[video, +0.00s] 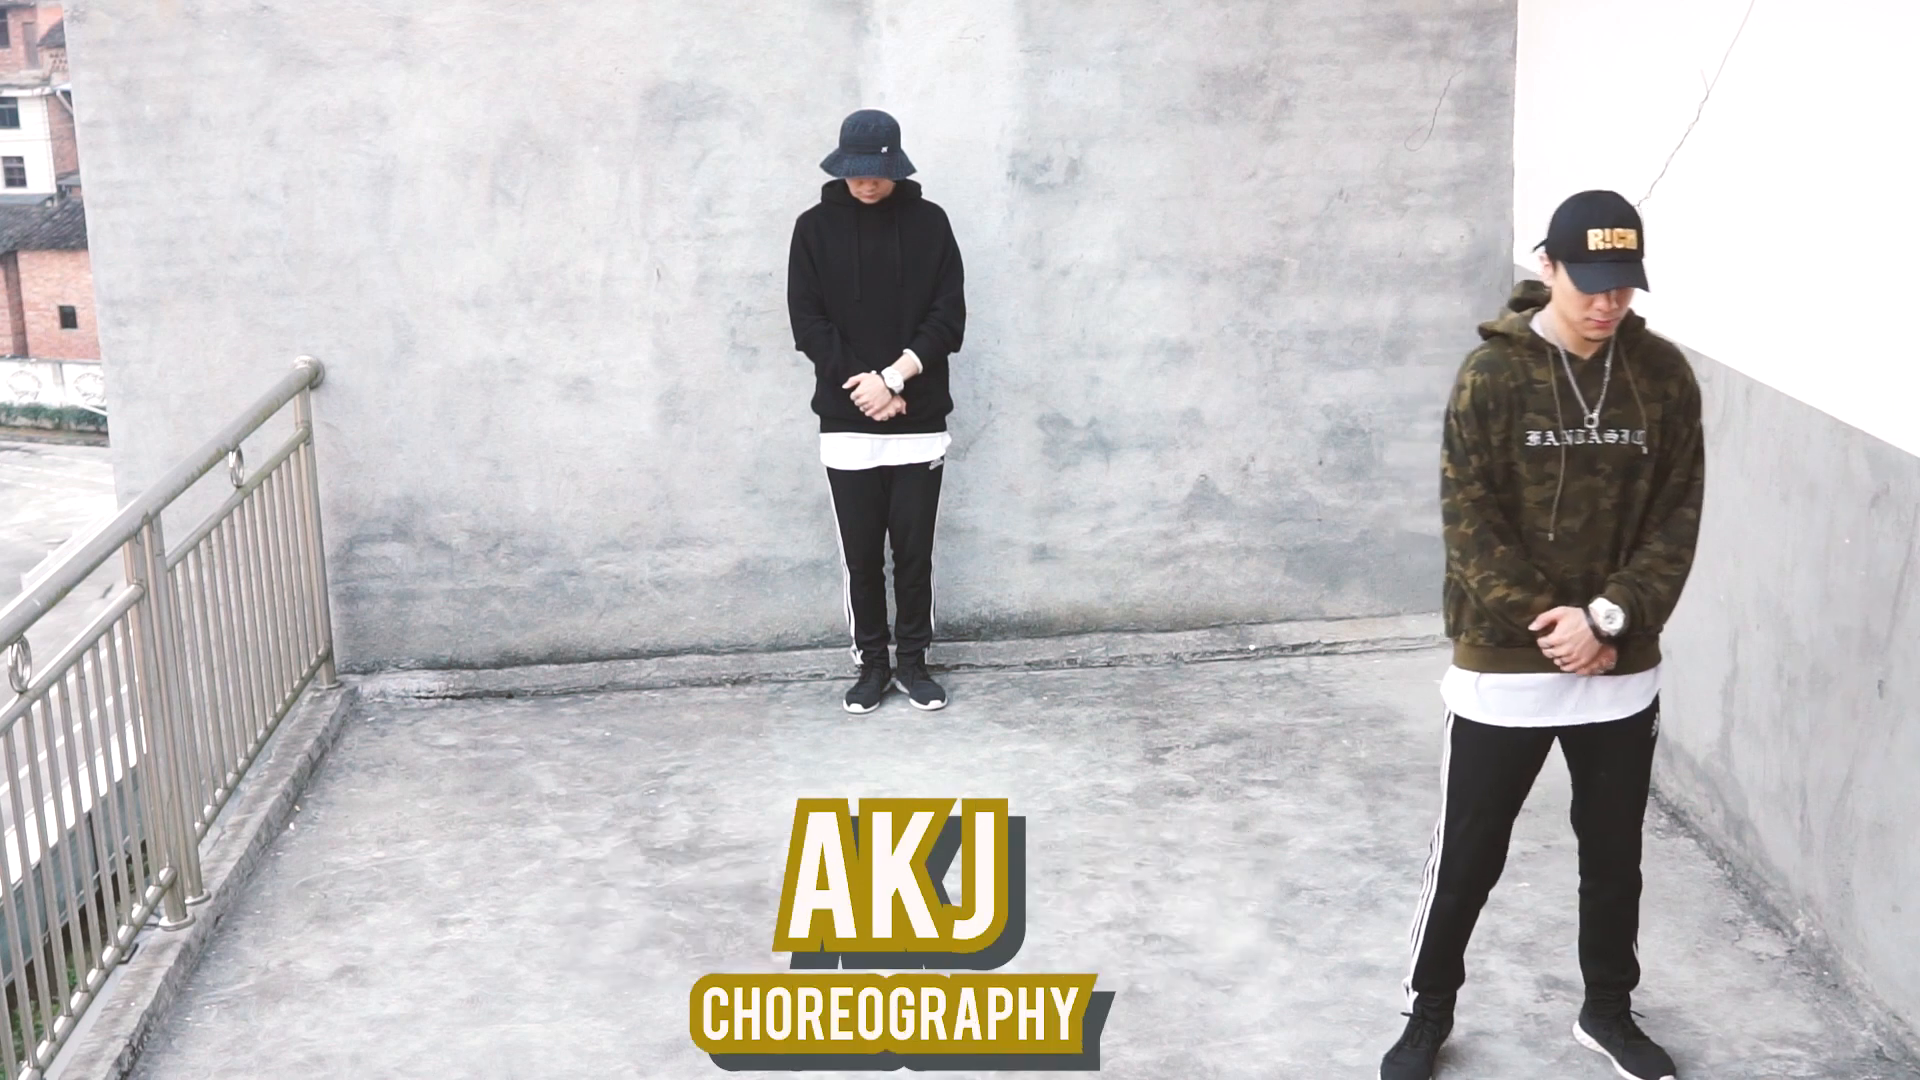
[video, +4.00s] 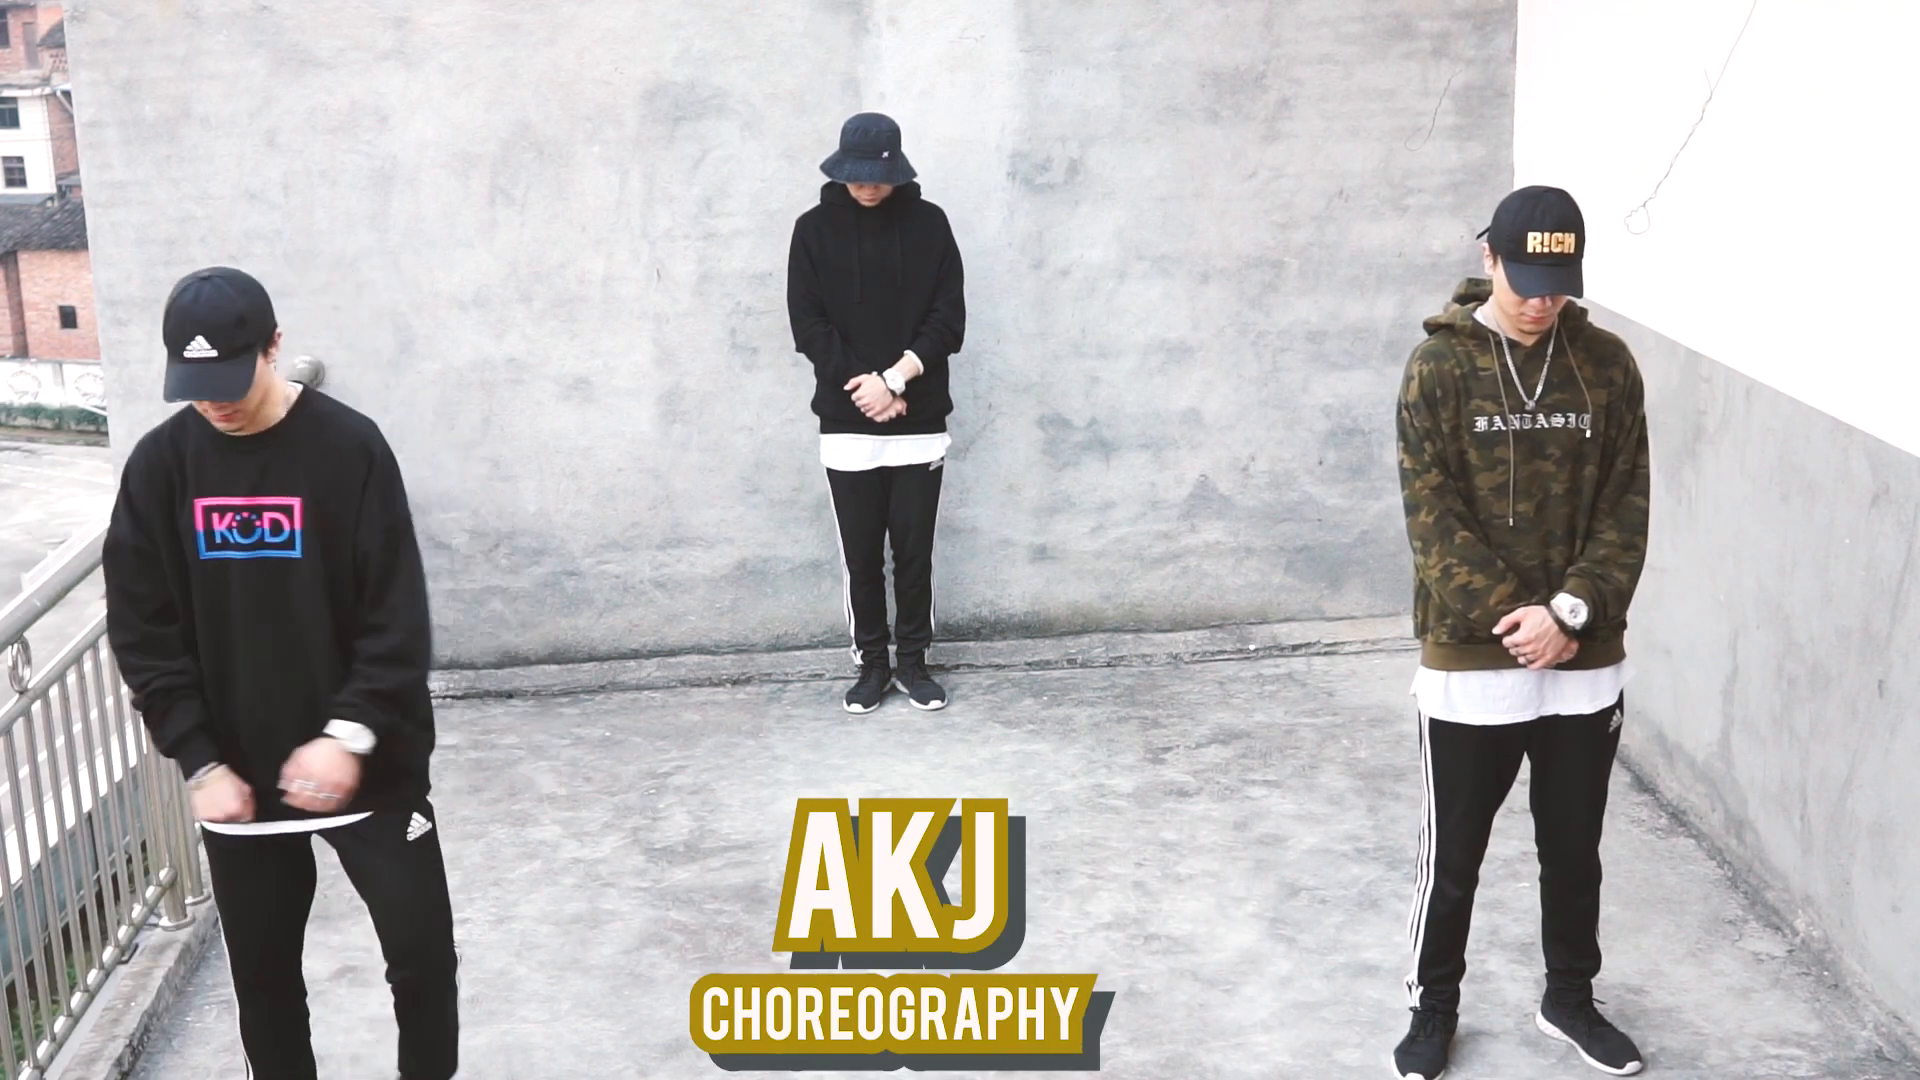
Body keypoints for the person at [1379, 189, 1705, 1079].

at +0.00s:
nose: (1606, 303)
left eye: (1622, 286)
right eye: (1588, 283)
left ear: (1640, 282)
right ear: (1547, 269)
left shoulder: (1664, 374)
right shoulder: (1492, 373)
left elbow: (1677, 520)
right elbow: (1466, 522)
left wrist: (1613, 615)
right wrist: (1552, 625)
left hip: (1620, 670)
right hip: (1503, 667)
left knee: (1615, 860)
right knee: (1468, 859)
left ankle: (1608, 1008)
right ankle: (1428, 1015)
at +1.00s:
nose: (1553, 304)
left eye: (1568, 287)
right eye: (1536, 285)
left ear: (1587, 274)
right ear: (1497, 262)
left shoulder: (1614, 365)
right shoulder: (1445, 365)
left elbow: (1634, 509)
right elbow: (1434, 515)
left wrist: (1580, 612)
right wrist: (1525, 621)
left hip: (1589, 662)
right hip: (1475, 663)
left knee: (1578, 849)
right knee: (1456, 852)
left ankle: (1572, 997)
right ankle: (1434, 1005)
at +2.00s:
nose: (1553, 303)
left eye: (1568, 286)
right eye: (1537, 284)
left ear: (1586, 272)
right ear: (1497, 260)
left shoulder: (1612, 364)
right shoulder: (1443, 360)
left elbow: (1630, 507)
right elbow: (1433, 513)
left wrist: (1576, 608)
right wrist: (1523, 620)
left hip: (1586, 658)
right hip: (1472, 660)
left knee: (1575, 848)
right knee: (1454, 852)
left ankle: (1570, 997)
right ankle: (1433, 1006)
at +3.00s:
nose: (1546, 300)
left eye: (1561, 284)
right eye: (1530, 281)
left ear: (1581, 271)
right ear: (1491, 259)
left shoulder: (1610, 364)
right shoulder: (1441, 363)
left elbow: (1629, 508)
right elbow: (1432, 513)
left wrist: (1575, 611)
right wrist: (1519, 619)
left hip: (1584, 660)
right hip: (1471, 662)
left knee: (1575, 851)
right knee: (1453, 854)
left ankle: (1571, 998)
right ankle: (1433, 1007)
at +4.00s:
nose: (1545, 301)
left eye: (1561, 285)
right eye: (1529, 282)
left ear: (1581, 271)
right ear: (1491, 259)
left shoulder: (1609, 364)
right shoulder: (1440, 363)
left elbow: (1628, 508)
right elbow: (1432, 514)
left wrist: (1575, 613)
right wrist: (1518, 620)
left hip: (1583, 660)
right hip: (1470, 662)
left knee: (1575, 850)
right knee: (1453, 853)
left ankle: (1571, 998)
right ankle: (1433, 1006)